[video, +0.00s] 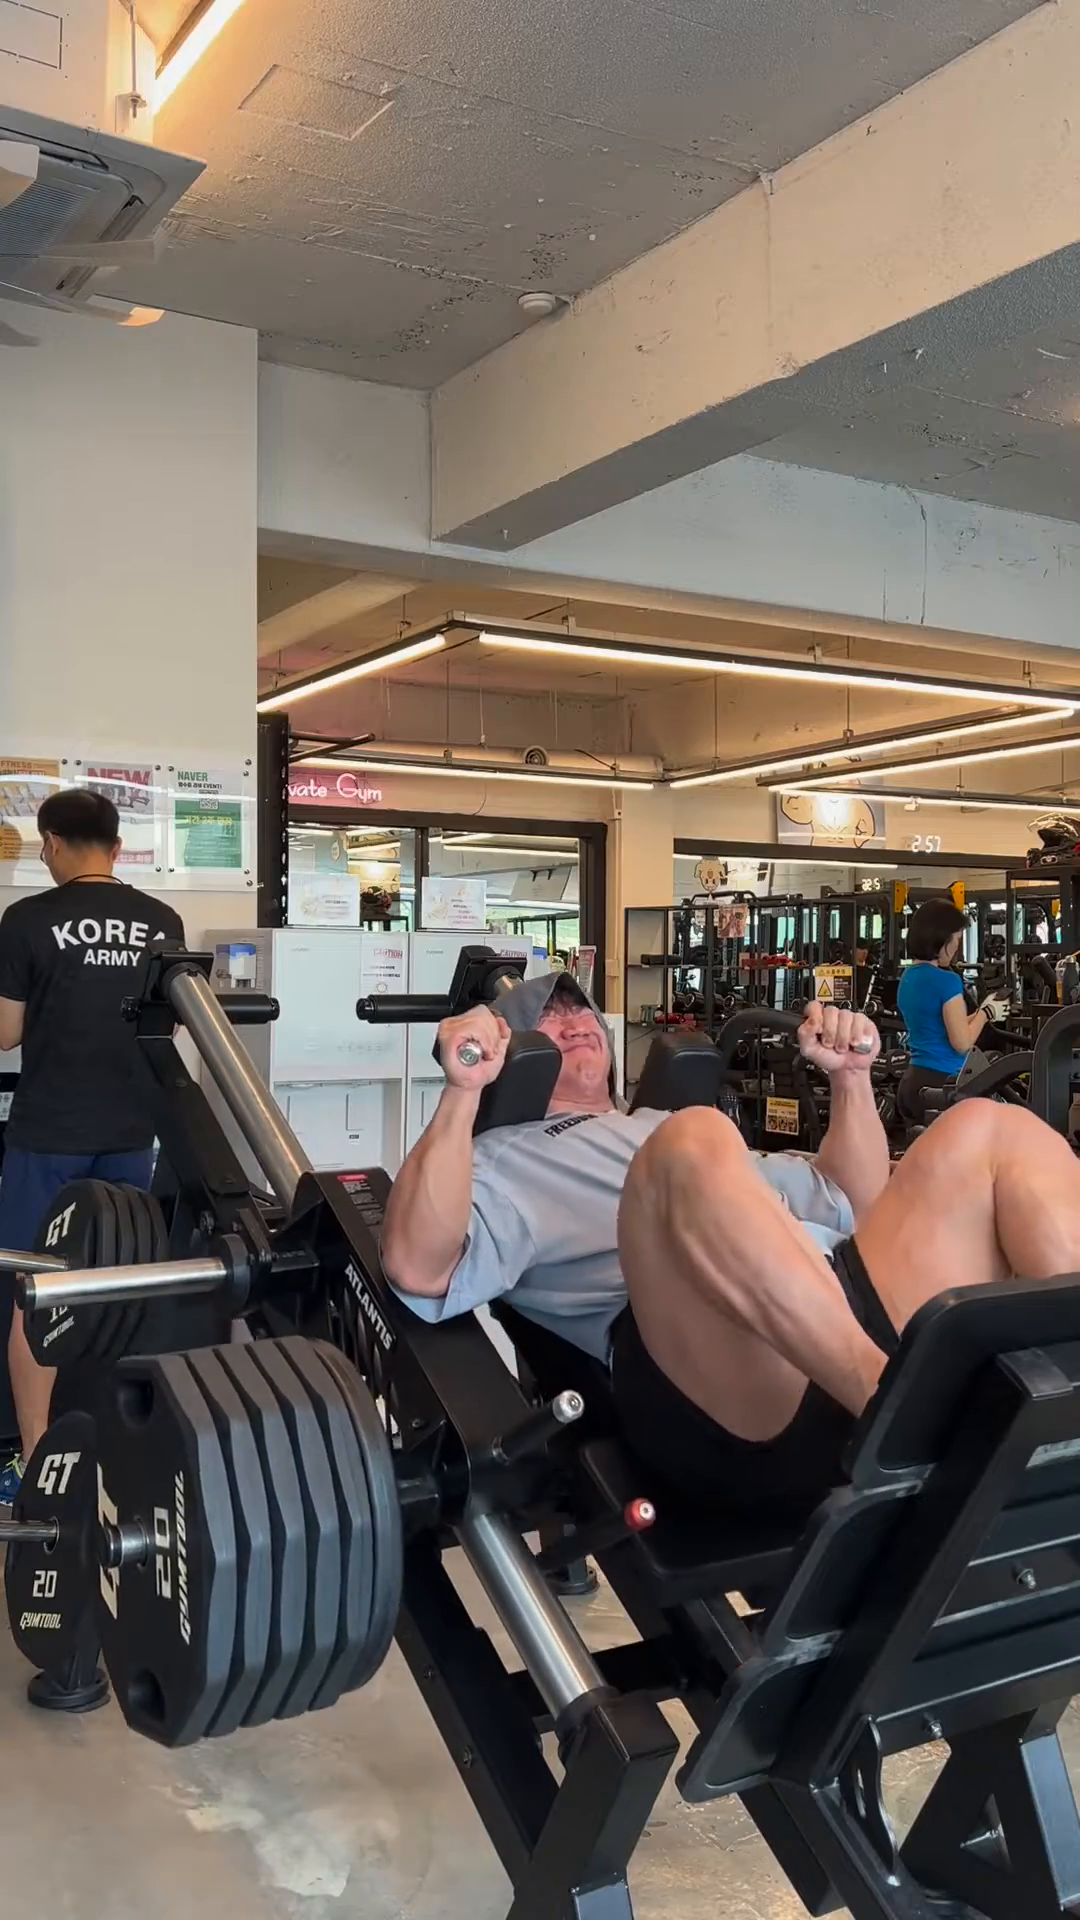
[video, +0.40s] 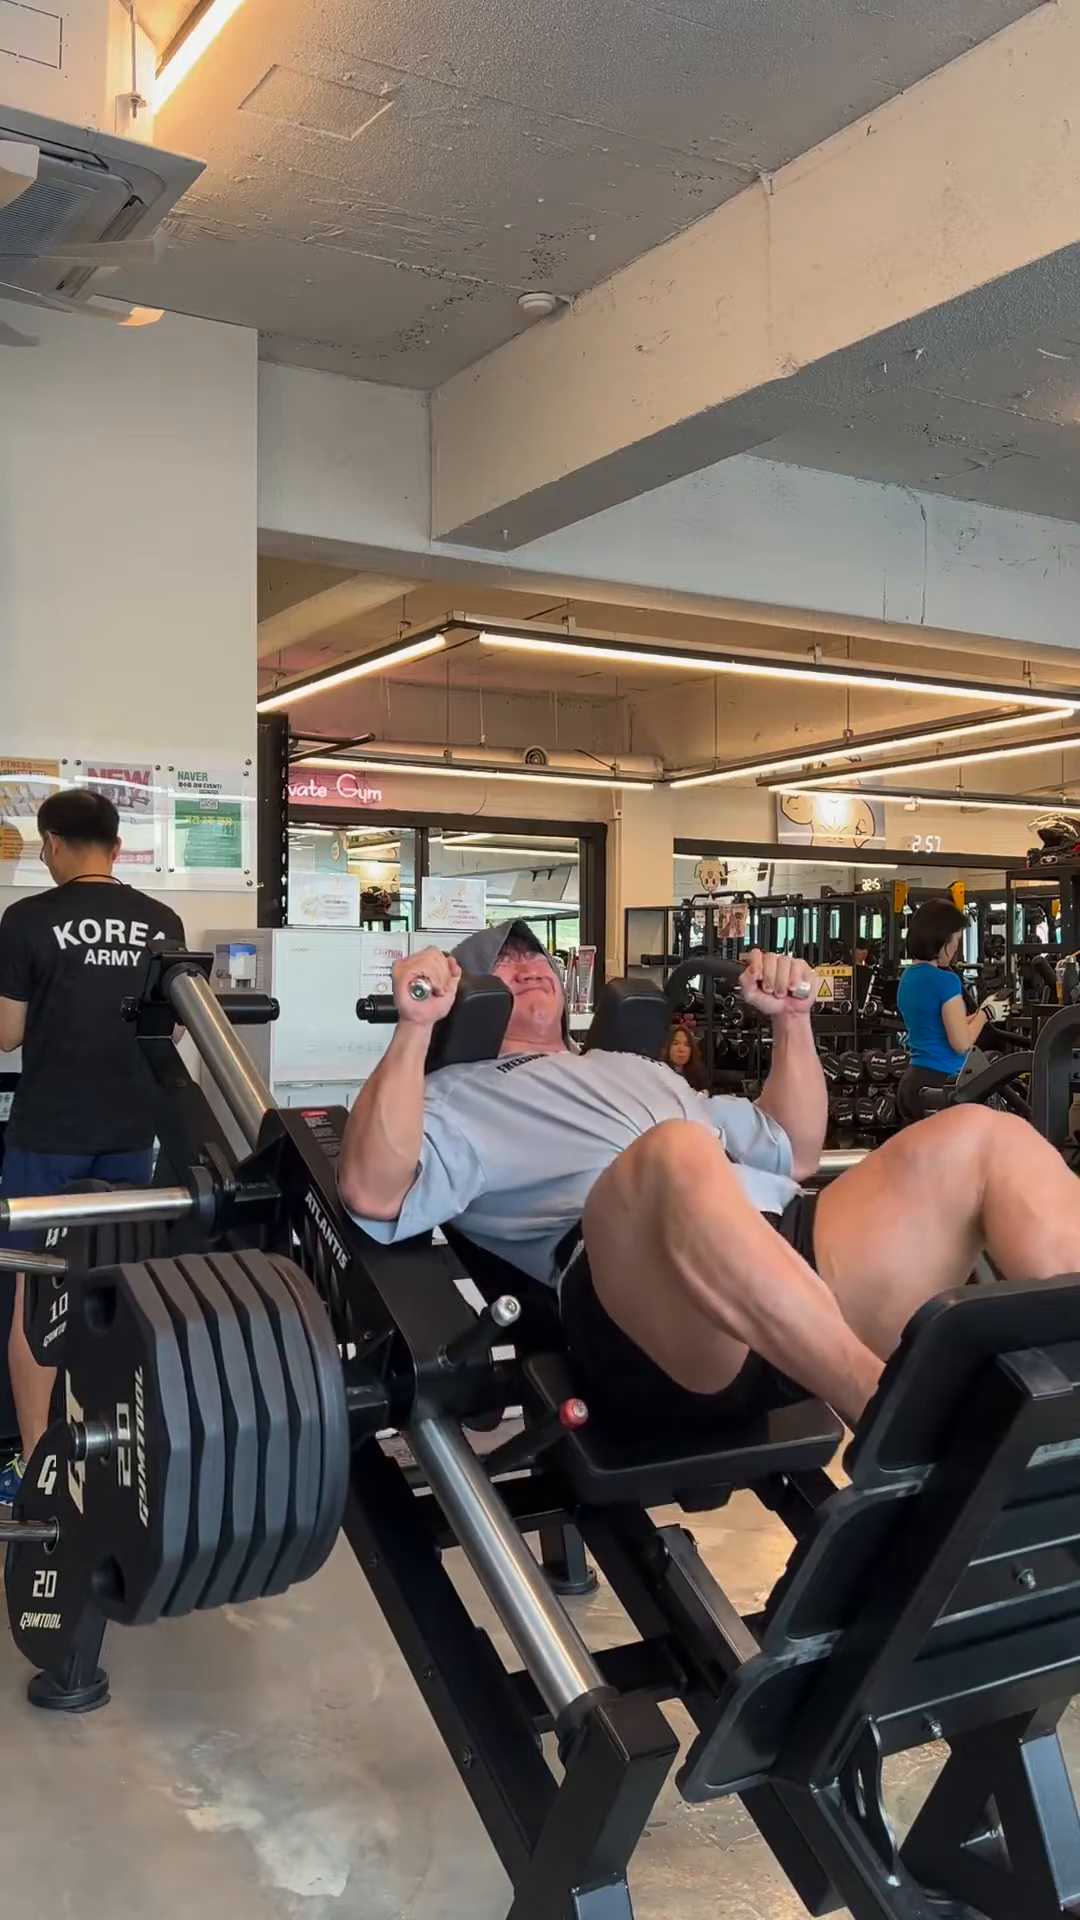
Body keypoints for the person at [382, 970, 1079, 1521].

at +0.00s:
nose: (578, 1024)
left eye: (585, 1011)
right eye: (550, 1014)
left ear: (607, 1044)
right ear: (503, 1054)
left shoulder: (666, 1131)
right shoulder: (504, 1166)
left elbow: (850, 1207)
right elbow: (417, 1270)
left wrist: (848, 1083)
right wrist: (464, 1092)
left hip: (864, 1381)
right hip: (713, 1430)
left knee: (990, 1133)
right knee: (692, 1138)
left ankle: (1071, 1380)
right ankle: (892, 1403)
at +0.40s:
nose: (536, 972)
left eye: (540, 962)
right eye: (514, 966)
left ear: (560, 989)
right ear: (476, 1004)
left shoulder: (635, 1071)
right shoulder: (458, 1102)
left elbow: (792, 1150)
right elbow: (372, 1195)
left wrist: (792, 1023)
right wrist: (414, 1028)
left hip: (797, 1279)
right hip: (650, 1331)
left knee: (986, 1142)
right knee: (676, 1154)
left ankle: (1075, 1373)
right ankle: (893, 1418)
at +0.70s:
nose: (496, 919)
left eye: (502, 913)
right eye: (472, 914)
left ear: (522, 945)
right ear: (433, 956)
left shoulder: (596, 1021)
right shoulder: (420, 1044)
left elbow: (741, 1090)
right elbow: (333, 1128)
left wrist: (738, 970)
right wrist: (371, 973)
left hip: (732, 1198)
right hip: (585, 1226)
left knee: (939, 1175)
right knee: (675, 1189)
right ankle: (896, 1424)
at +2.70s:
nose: (479, 906)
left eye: (489, 901)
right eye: (459, 902)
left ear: (512, 932)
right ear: (429, 938)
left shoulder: (588, 1003)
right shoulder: (410, 1025)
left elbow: (723, 1080)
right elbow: (321, 1112)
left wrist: (726, 959)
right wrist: (360, 962)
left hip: (707, 1170)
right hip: (568, 1187)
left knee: (908, 1215)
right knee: (691, 1238)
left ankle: (1075, 1360)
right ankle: (898, 1434)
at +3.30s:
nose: (516, 946)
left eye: (526, 938)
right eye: (493, 940)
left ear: (550, 969)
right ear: (454, 983)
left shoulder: (624, 1049)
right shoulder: (441, 1076)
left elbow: (773, 1135)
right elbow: (357, 1171)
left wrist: (772, 1004)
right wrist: (398, 1010)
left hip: (771, 1261)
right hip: (618, 1311)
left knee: (968, 1161)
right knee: (675, 1167)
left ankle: (1072, 1387)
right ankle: (900, 1427)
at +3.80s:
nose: (564, 997)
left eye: (572, 986)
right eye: (538, 985)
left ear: (592, 1024)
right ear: (486, 1025)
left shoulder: (672, 1108)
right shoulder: (484, 1144)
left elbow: (833, 1192)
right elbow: (401, 1245)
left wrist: (829, 1060)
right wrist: (447, 1067)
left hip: (837, 1342)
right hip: (686, 1404)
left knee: (997, 1146)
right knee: (678, 1157)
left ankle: (1065, 1393)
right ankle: (888, 1408)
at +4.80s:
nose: (626, 1074)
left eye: (632, 1059)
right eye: (596, 1067)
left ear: (658, 1093)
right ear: (554, 1109)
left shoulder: (755, 1194)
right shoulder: (550, 1237)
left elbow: (897, 1269)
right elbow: (471, 1359)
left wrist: (918, 1146)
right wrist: (513, 1173)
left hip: (911, 1387)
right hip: (777, 1477)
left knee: (1000, 1149)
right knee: (667, 1176)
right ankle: (889, 1413)